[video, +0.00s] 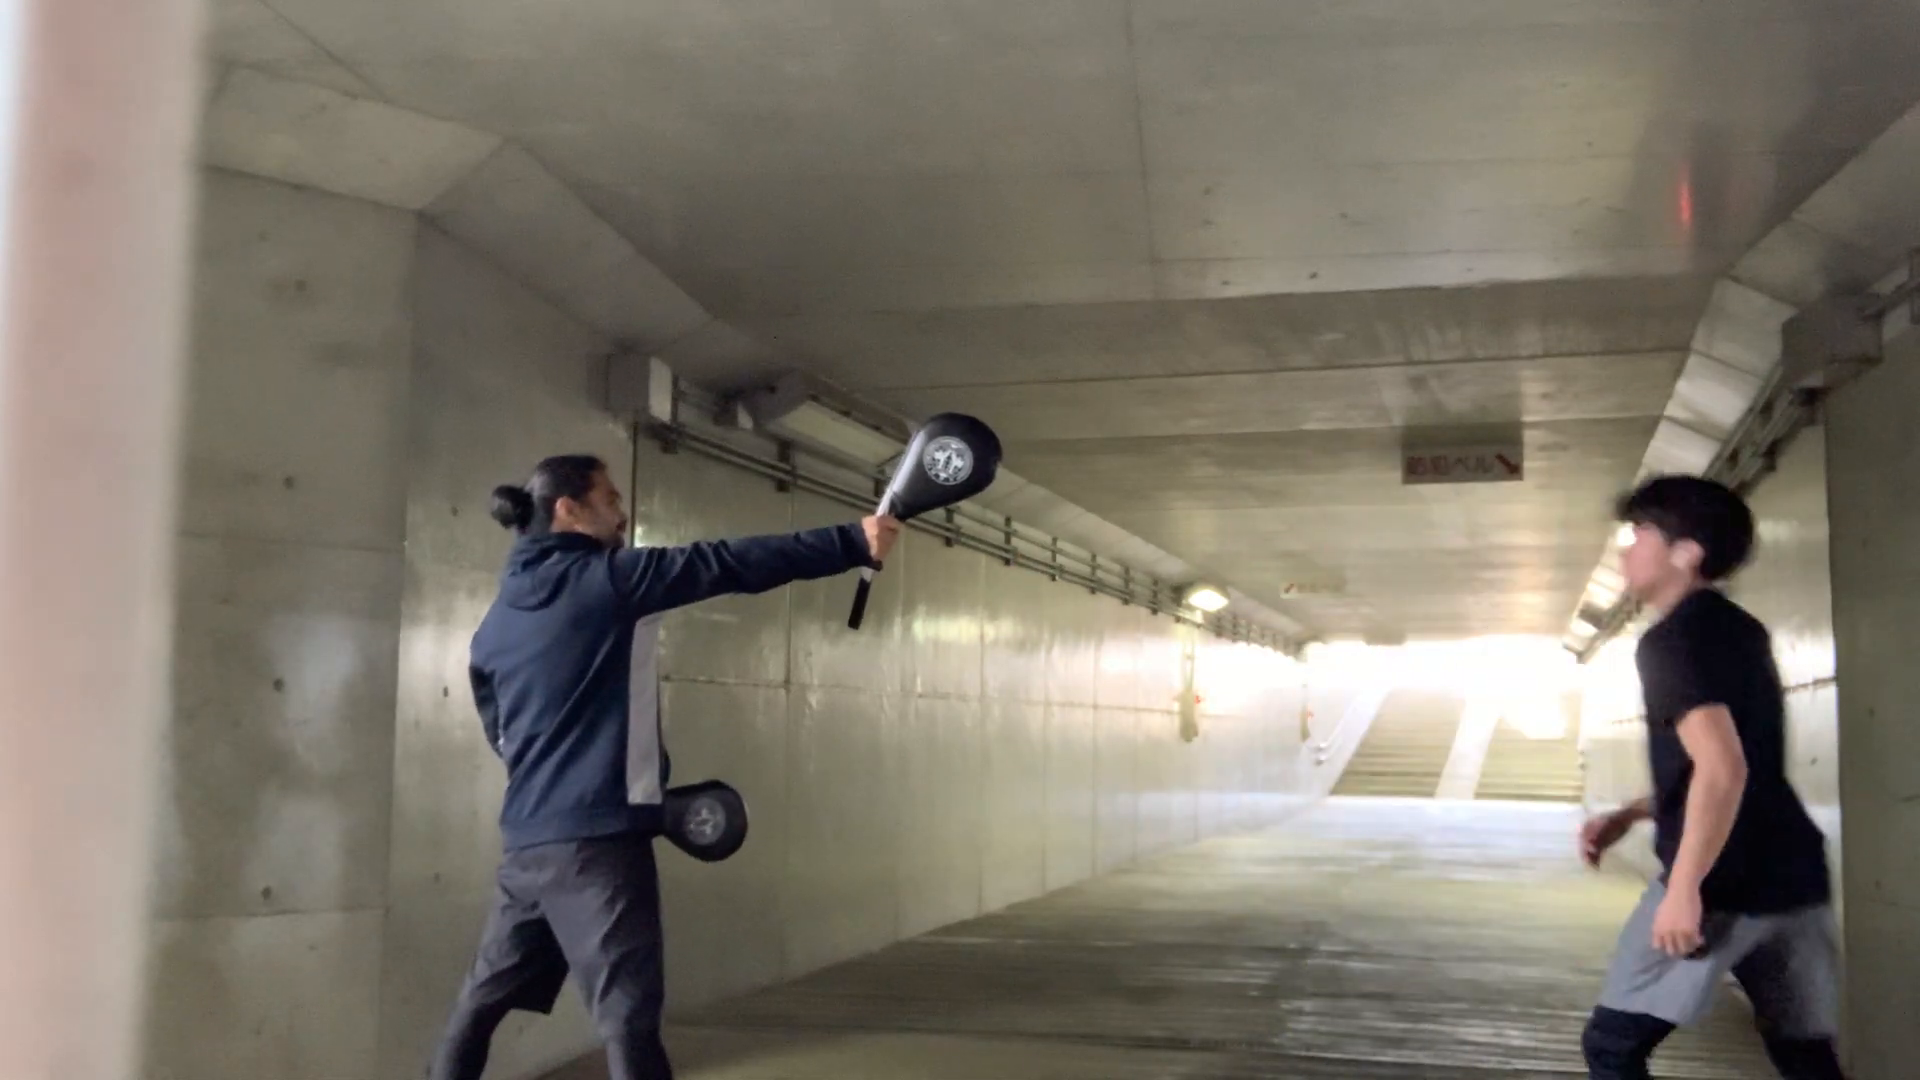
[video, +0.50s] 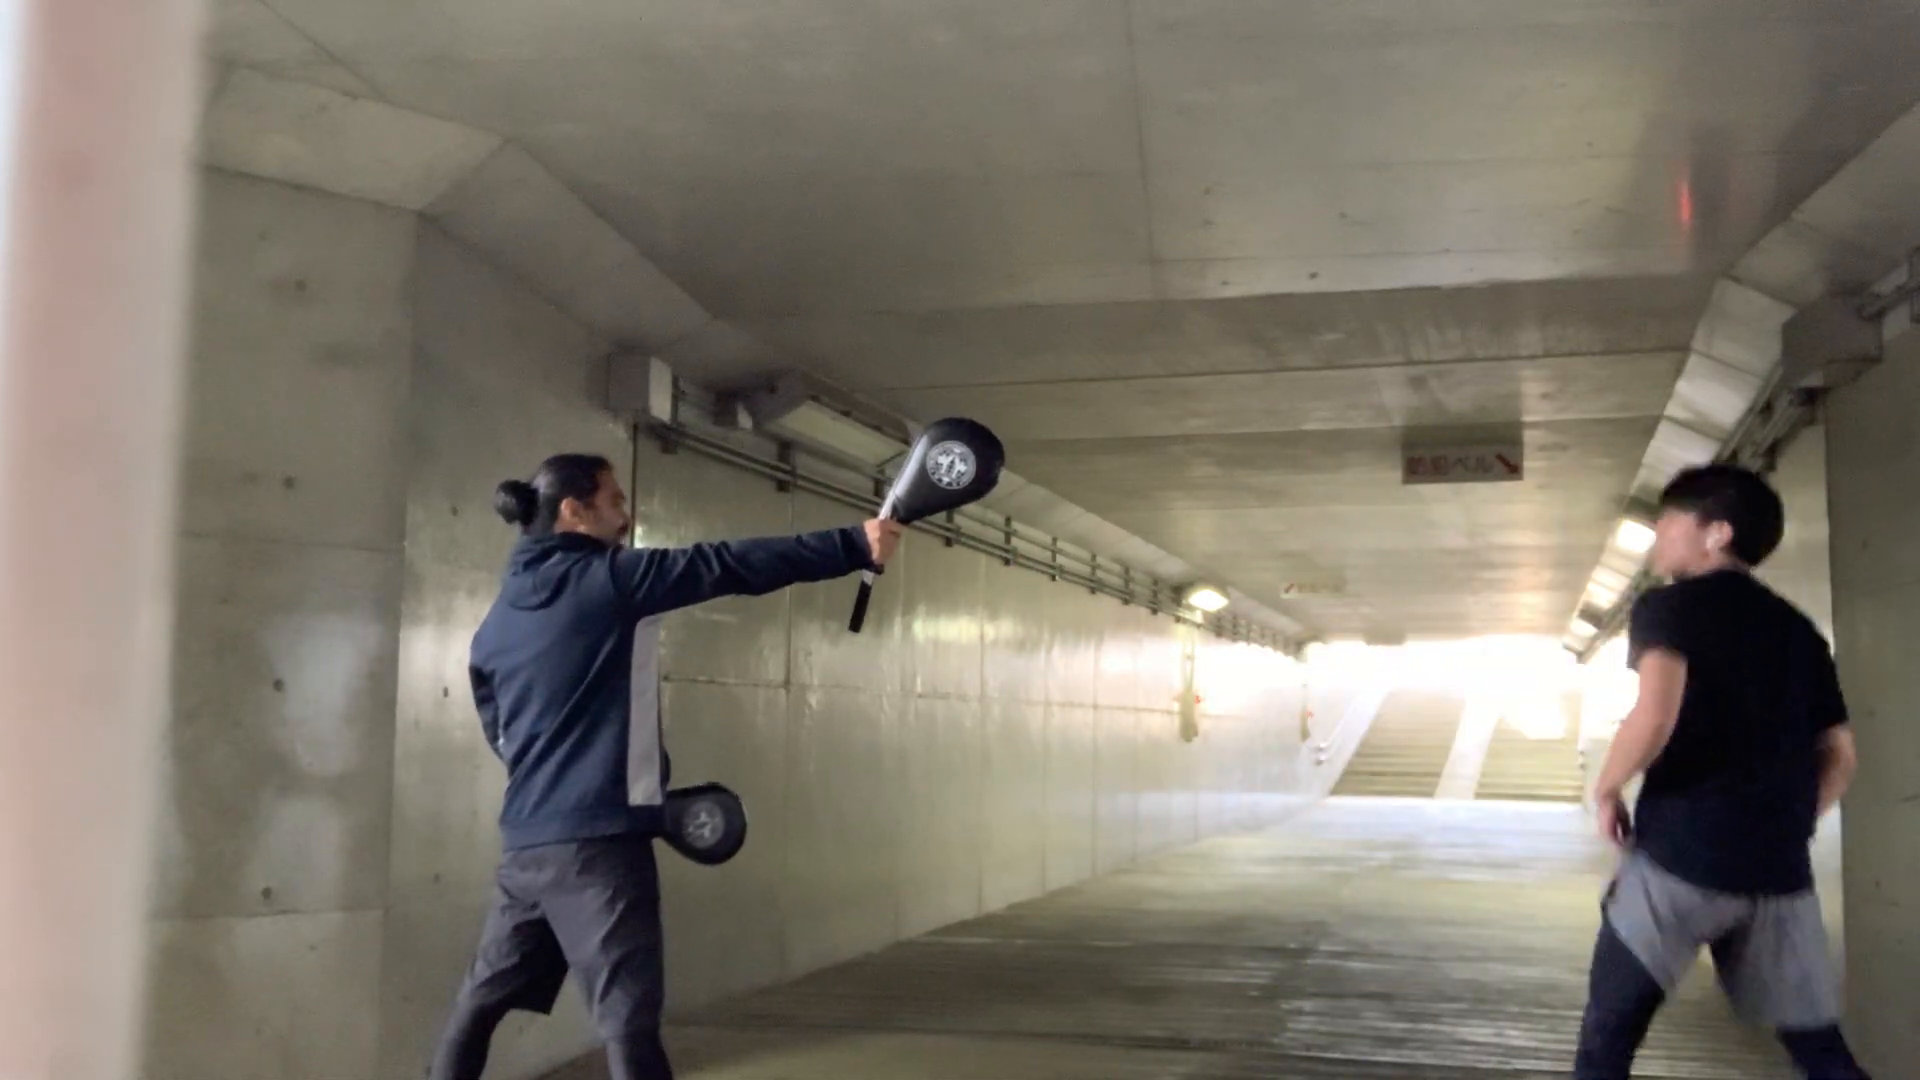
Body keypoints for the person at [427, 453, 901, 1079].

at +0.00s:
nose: (623, 514)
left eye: (620, 501)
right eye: (611, 501)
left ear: (556, 514)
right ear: (567, 509)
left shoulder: (493, 628)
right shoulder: (604, 577)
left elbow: (511, 740)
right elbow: (724, 563)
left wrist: (630, 790)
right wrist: (852, 540)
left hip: (529, 838)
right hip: (595, 836)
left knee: (477, 1009)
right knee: (629, 1024)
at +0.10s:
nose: (624, 514)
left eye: (620, 500)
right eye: (613, 501)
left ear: (557, 514)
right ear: (569, 509)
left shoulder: (493, 627)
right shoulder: (605, 577)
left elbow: (508, 738)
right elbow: (724, 563)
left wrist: (628, 786)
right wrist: (852, 541)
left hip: (527, 839)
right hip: (594, 837)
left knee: (476, 1009)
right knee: (629, 1025)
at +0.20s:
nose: (625, 514)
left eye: (621, 500)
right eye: (613, 501)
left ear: (559, 514)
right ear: (569, 511)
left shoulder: (493, 628)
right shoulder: (605, 577)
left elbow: (508, 738)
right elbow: (725, 564)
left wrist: (627, 784)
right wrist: (854, 543)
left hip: (527, 840)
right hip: (594, 838)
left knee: (475, 1011)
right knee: (628, 1027)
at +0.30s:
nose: (626, 516)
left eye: (623, 502)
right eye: (614, 502)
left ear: (560, 515)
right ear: (570, 511)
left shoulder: (492, 628)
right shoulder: (606, 577)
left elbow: (508, 739)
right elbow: (726, 564)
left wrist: (628, 784)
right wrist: (853, 543)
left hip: (527, 841)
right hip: (594, 839)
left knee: (475, 1011)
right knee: (629, 1026)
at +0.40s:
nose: (628, 516)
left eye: (624, 503)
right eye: (615, 503)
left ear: (560, 515)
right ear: (570, 511)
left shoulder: (492, 629)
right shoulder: (605, 578)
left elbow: (508, 739)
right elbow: (725, 564)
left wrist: (630, 786)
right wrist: (855, 544)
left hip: (527, 841)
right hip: (595, 839)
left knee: (477, 1007)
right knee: (628, 1026)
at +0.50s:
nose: (628, 516)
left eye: (624, 502)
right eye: (616, 502)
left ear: (561, 515)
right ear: (572, 511)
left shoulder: (493, 629)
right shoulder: (606, 577)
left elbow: (511, 740)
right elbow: (726, 565)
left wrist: (631, 784)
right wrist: (854, 544)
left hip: (527, 841)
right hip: (595, 839)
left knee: (477, 1007)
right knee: (628, 1026)